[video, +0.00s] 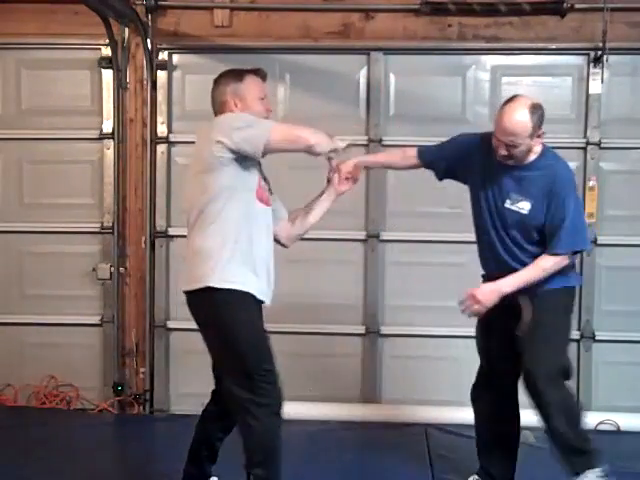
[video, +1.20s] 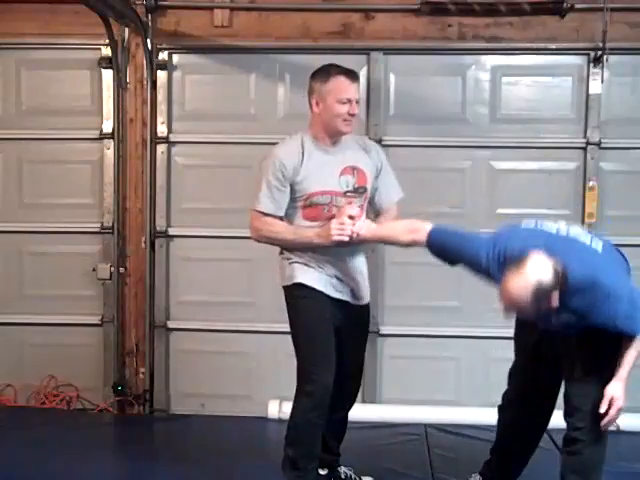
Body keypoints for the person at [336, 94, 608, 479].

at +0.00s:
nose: (499, 149)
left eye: (510, 144)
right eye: (496, 139)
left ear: (537, 140)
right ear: (493, 126)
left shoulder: (556, 176)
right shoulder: (474, 149)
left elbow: (562, 254)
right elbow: (417, 156)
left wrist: (498, 287)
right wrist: (360, 161)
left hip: (549, 289)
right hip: (498, 287)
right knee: (492, 387)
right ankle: (494, 474)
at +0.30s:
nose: (528, 163)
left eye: (540, 161)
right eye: (525, 153)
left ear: (569, 155)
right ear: (524, 139)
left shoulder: (588, 188)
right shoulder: (501, 160)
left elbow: (581, 264)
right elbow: (435, 161)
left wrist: (522, 299)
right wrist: (371, 166)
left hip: (576, 304)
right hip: (515, 299)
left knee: (598, 399)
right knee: (503, 394)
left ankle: (620, 473)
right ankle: (492, 475)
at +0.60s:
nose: (515, 151)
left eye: (524, 147)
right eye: (515, 142)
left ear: (556, 148)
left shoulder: (594, 189)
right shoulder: (505, 156)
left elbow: (604, 268)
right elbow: (444, 147)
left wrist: (570, 323)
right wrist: (383, 165)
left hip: (574, 304)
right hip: (515, 301)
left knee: (588, 392)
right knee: (503, 396)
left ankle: (614, 473)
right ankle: (493, 474)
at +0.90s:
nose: (518, 187)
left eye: (527, 184)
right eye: (519, 178)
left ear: (563, 183)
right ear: (521, 164)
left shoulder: (608, 216)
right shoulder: (518, 175)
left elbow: (635, 286)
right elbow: (444, 158)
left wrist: (620, 345)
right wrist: (383, 175)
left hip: (577, 319)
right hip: (524, 307)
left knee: (566, 424)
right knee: (498, 405)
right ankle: (494, 476)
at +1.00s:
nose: (516, 220)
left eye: (526, 217)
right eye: (515, 210)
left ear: (563, 213)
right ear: (516, 193)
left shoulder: (607, 236)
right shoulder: (514, 190)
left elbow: (637, 304)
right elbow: (441, 181)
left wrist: (625, 370)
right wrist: (381, 196)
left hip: (586, 321)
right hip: (532, 309)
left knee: (573, 423)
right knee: (505, 406)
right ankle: (494, 474)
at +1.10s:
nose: (507, 258)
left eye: (518, 258)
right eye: (508, 248)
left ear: (556, 253)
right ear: (513, 229)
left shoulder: (607, 263)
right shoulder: (509, 219)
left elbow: (636, 316)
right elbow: (431, 214)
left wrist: (622, 377)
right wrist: (372, 221)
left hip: (595, 322)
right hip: (539, 312)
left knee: (579, 417)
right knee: (519, 401)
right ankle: (495, 474)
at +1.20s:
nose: (503, 307)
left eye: (512, 307)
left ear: (552, 299)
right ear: (508, 276)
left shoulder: (607, 296)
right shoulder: (495, 252)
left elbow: (639, 330)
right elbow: (421, 231)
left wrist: (621, 380)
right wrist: (362, 229)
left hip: (600, 325)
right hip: (539, 314)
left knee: (585, 422)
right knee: (523, 403)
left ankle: (579, 476)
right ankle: (495, 476)